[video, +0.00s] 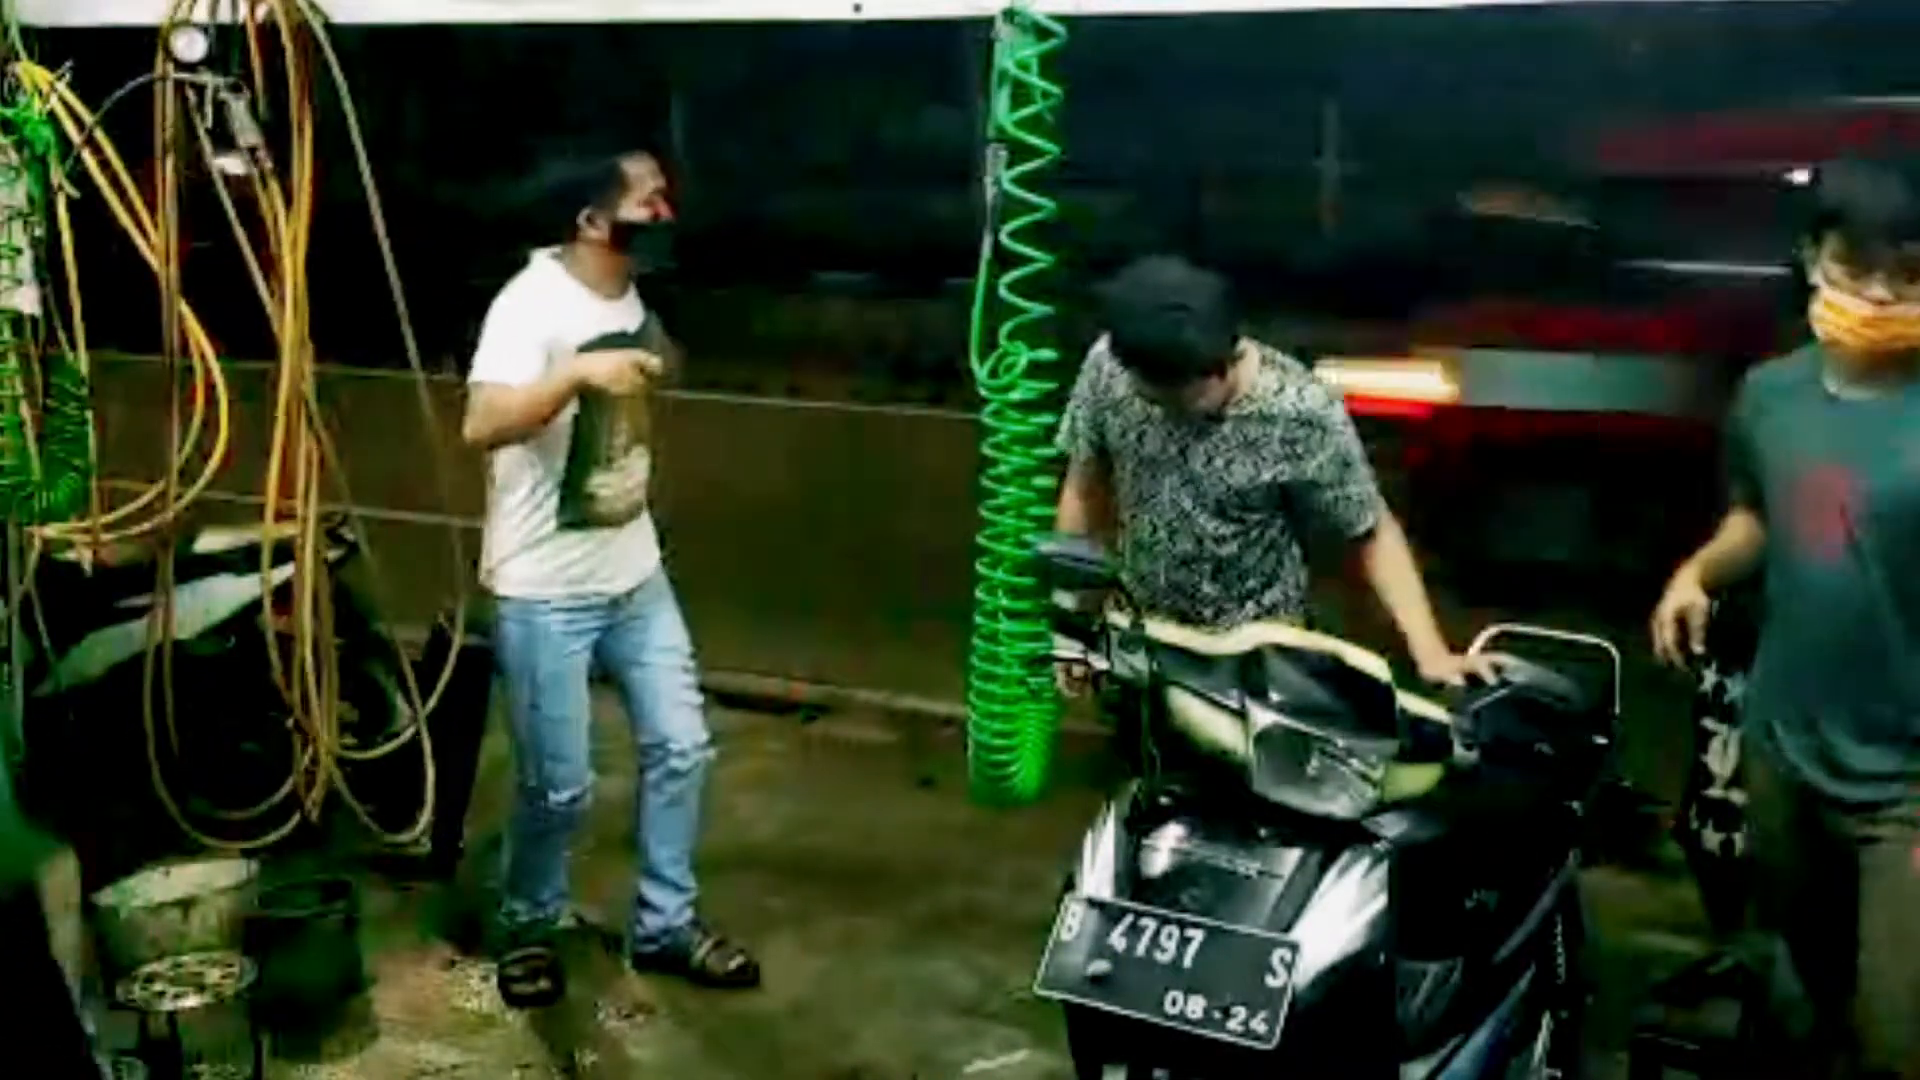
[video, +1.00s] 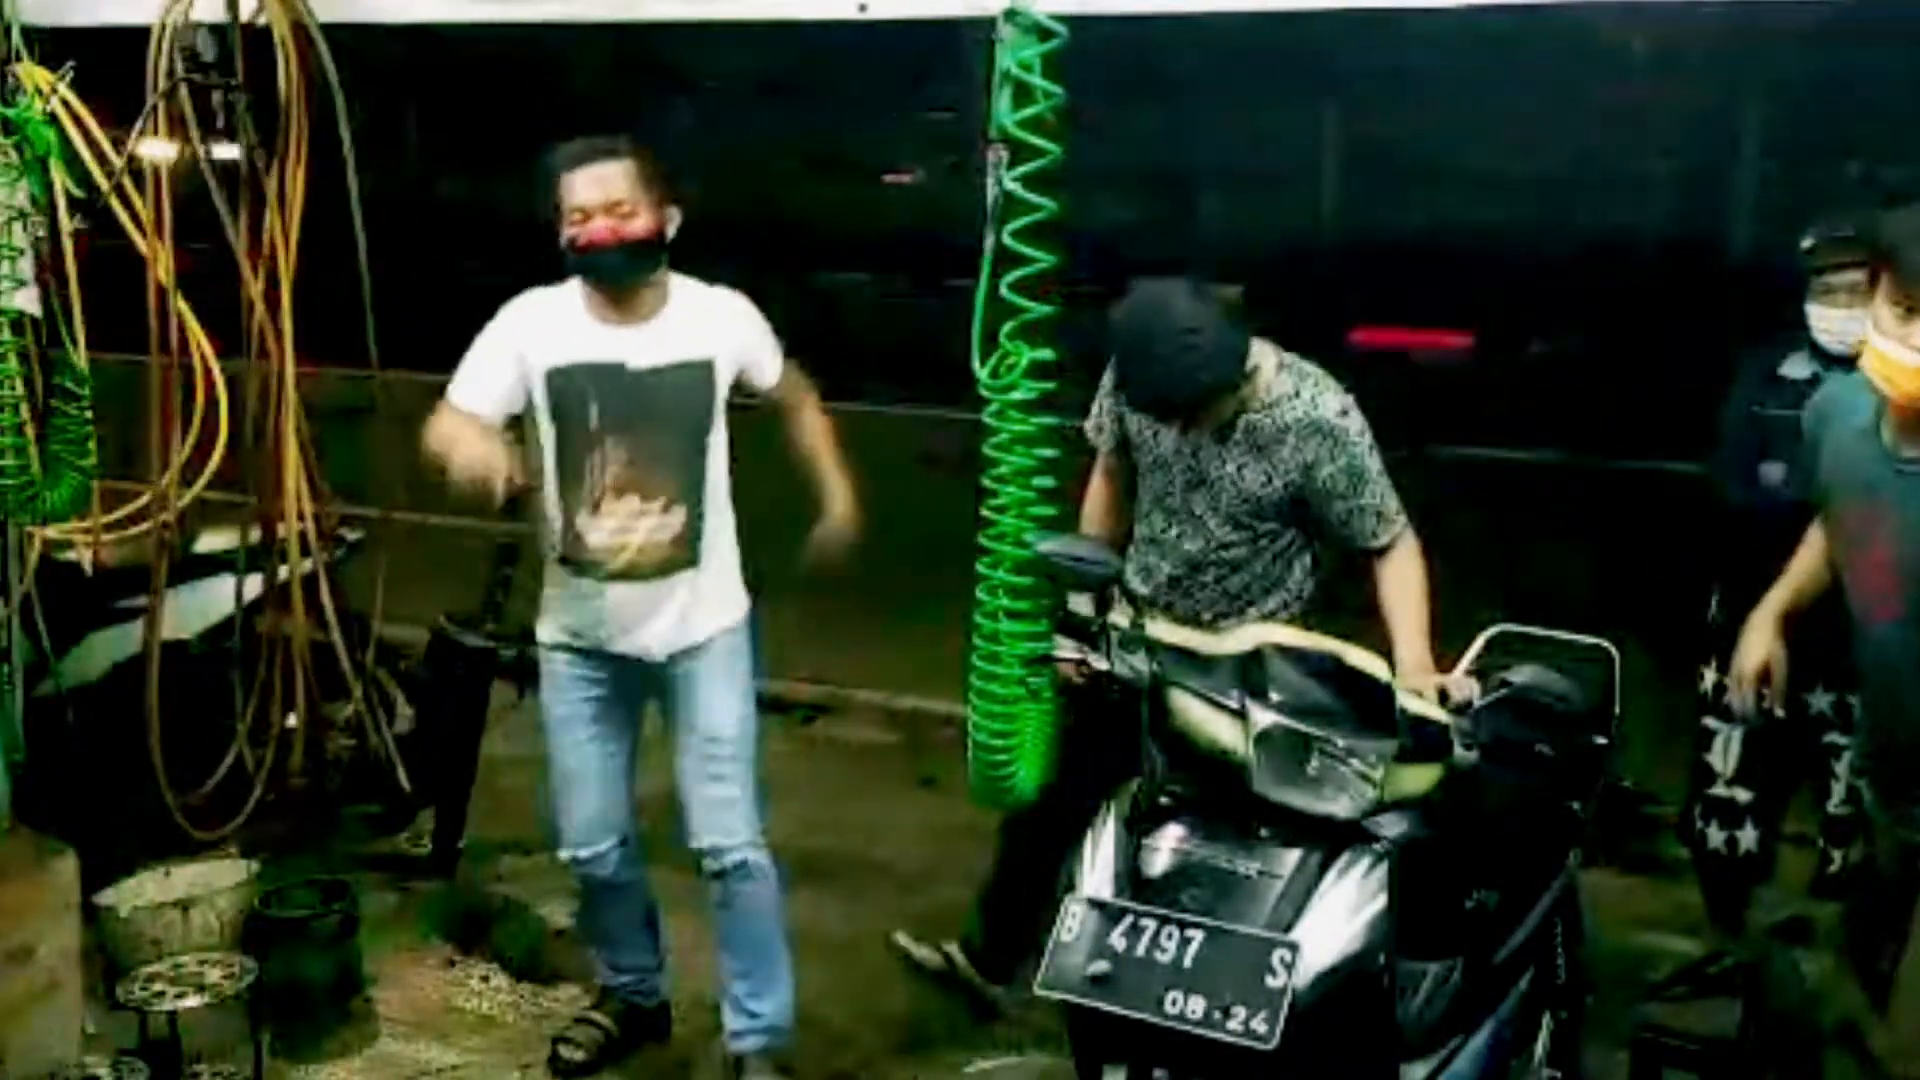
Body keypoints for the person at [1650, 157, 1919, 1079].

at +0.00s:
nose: (1872, 311)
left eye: (1899, 291)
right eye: (1853, 285)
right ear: (1812, 275)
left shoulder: (1918, 406)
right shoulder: (1771, 397)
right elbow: (1757, 513)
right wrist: (1697, 572)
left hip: (1902, 778)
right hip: (1784, 755)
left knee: (1895, 1033)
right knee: (1788, 1000)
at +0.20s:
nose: (1865, 327)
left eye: (1890, 306)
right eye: (1861, 304)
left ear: (1912, 305)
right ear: (1851, 300)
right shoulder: (1814, 386)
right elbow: (1798, 509)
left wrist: (1898, 382)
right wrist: (1747, 588)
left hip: (1912, 788)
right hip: (1828, 765)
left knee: (1904, 1036)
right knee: (1803, 1017)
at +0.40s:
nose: (1902, 382)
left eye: (1914, 362)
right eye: (1894, 353)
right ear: (1868, 321)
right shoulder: (1842, 406)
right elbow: (1840, 517)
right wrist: (1778, 596)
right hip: (1871, 761)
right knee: (1852, 986)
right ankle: (1854, 1060)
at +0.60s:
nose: (1891, 347)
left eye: (1903, 324)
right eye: (1885, 319)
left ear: (1917, 328)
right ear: (1871, 317)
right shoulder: (1848, 402)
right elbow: (1855, 519)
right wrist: (1780, 595)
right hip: (1886, 737)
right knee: (1864, 914)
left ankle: (1866, 1030)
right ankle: (1847, 1033)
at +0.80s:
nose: (1898, 342)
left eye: (1911, 321)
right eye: (1889, 316)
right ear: (1863, 311)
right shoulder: (1843, 406)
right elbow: (1847, 520)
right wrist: (1776, 604)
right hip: (1888, 727)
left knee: (1887, 891)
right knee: (1870, 885)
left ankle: (1864, 1024)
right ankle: (1851, 1026)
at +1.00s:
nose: (1894, 333)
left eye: (1911, 314)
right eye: (1893, 308)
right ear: (1867, 314)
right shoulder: (1843, 411)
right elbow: (1844, 521)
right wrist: (1770, 609)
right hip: (1888, 740)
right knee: (1869, 925)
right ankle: (1851, 1028)